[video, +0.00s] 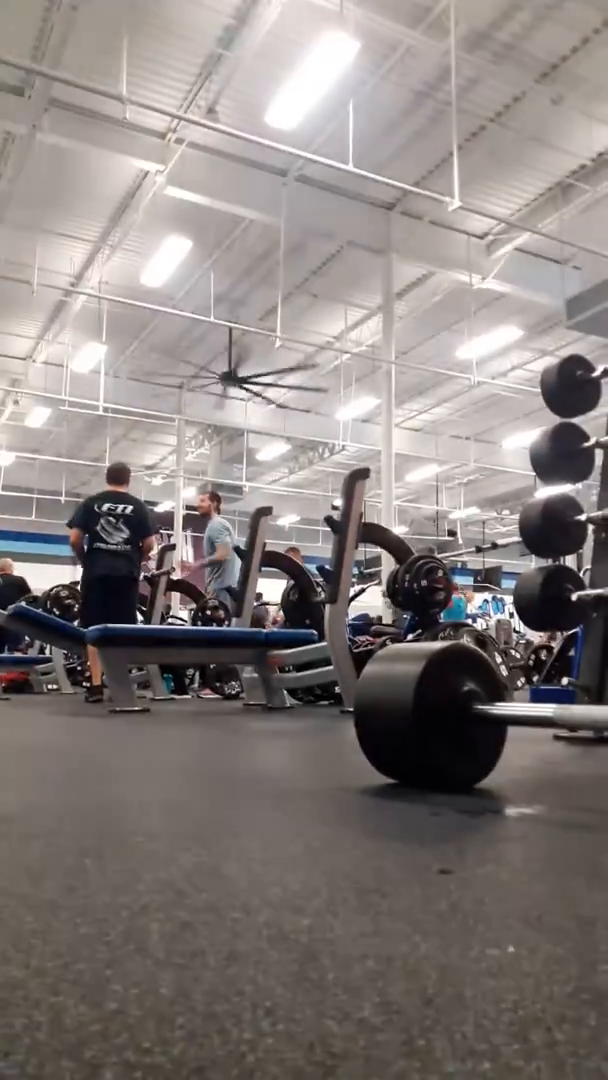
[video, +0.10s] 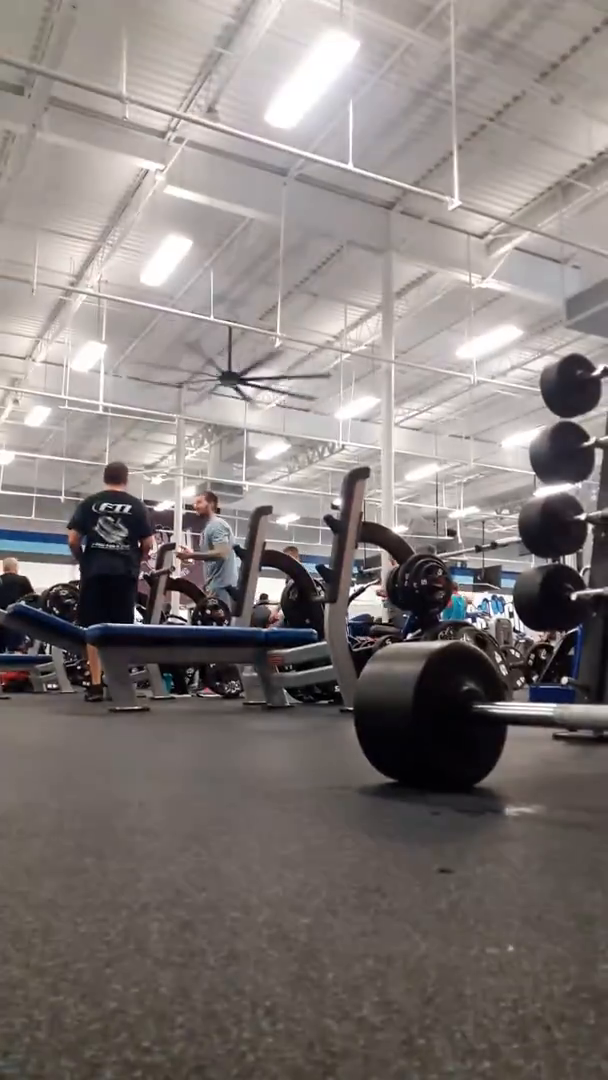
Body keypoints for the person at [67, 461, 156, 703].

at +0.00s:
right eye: (126, 479)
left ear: (106, 480)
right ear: (128, 481)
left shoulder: (91, 502)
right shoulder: (138, 506)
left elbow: (75, 538)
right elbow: (149, 544)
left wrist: (84, 560)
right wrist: (138, 557)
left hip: (96, 574)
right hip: (126, 575)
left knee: (93, 630)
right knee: (124, 630)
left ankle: (96, 685)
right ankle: (122, 687)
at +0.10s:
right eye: (124, 479)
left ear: (104, 480)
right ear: (126, 480)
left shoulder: (90, 502)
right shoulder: (137, 505)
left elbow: (73, 540)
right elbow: (148, 543)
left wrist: (82, 562)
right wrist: (138, 558)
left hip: (94, 574)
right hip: (125, 575)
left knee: (93, 630)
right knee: (122, 629)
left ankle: (96, 684)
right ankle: (120, 686)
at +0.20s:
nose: (121, 483)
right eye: (123, 478)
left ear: (103, 479)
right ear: (125, 479)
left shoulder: (89, 502)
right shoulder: (136, 504)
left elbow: (72, 539)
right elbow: (149, 542)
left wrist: (83, 558)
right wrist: (136, 559)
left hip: (94, 573)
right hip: (124, 574)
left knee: (92, 629)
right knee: (121, 629)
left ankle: (96, 684)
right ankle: (120, 686)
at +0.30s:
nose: (122, 482)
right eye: (124, 478)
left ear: (103, 478)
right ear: (126, 479)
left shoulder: (88, 501)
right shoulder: (137, 504)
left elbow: (73, 537)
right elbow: (149, 541)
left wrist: (84, 556)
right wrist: (140, 556)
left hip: (95, 573)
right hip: (125, 573)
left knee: (93, 628)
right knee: (122, 628)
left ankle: (96, 683)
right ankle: (120, 684)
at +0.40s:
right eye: (124, 477)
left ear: (104, 478)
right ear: (126, 479)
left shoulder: (89, 501)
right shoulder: (137, 504)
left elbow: (74, 537)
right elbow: (150, 541)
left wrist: (86, 552)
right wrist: (139, 554)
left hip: (96, 573)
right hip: (125, 573)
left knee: (93, 628)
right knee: (123, 628)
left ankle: (96, 683)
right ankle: (121, 685)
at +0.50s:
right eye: (125, 477)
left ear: (105, 478)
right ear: (128, 478)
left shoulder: (90, 501)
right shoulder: (138, 504)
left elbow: (74, 538)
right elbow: (150, 540)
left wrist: (91, 549)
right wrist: (135, 553)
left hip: (96, 573)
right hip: (126, 574)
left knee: (93, 628)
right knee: (125, 627)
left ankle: (96, 683)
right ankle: (122, 684)